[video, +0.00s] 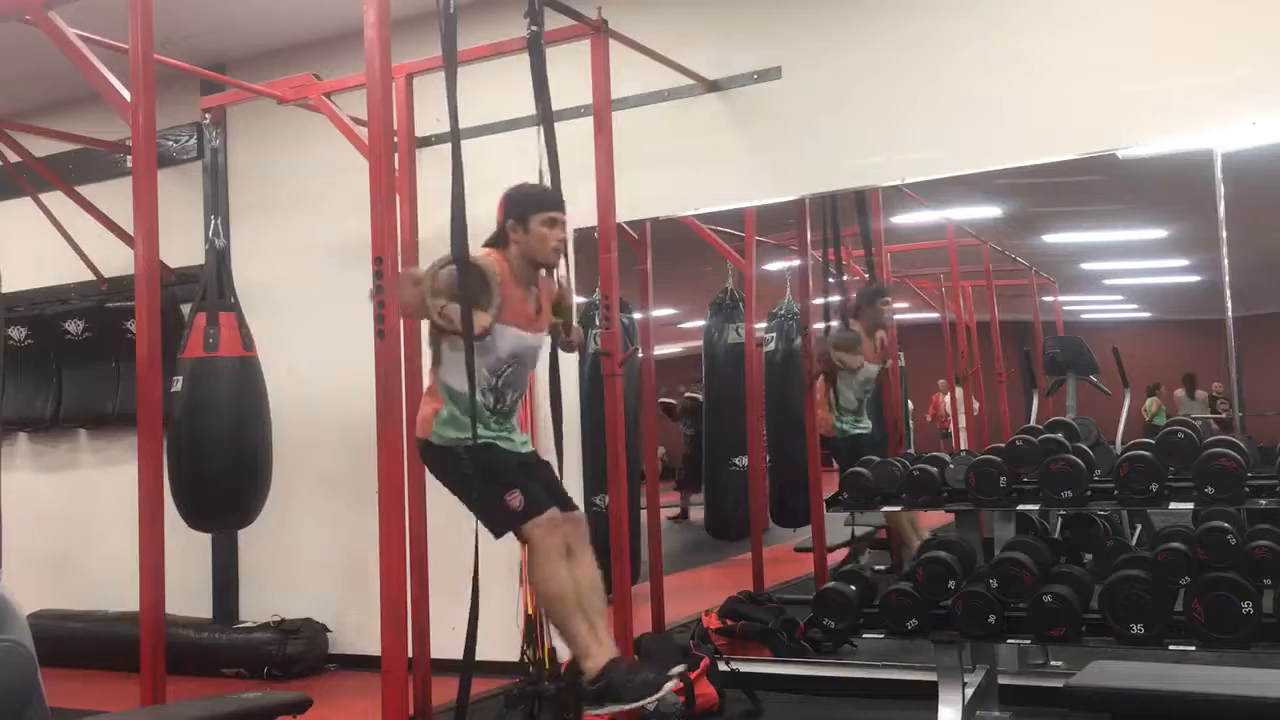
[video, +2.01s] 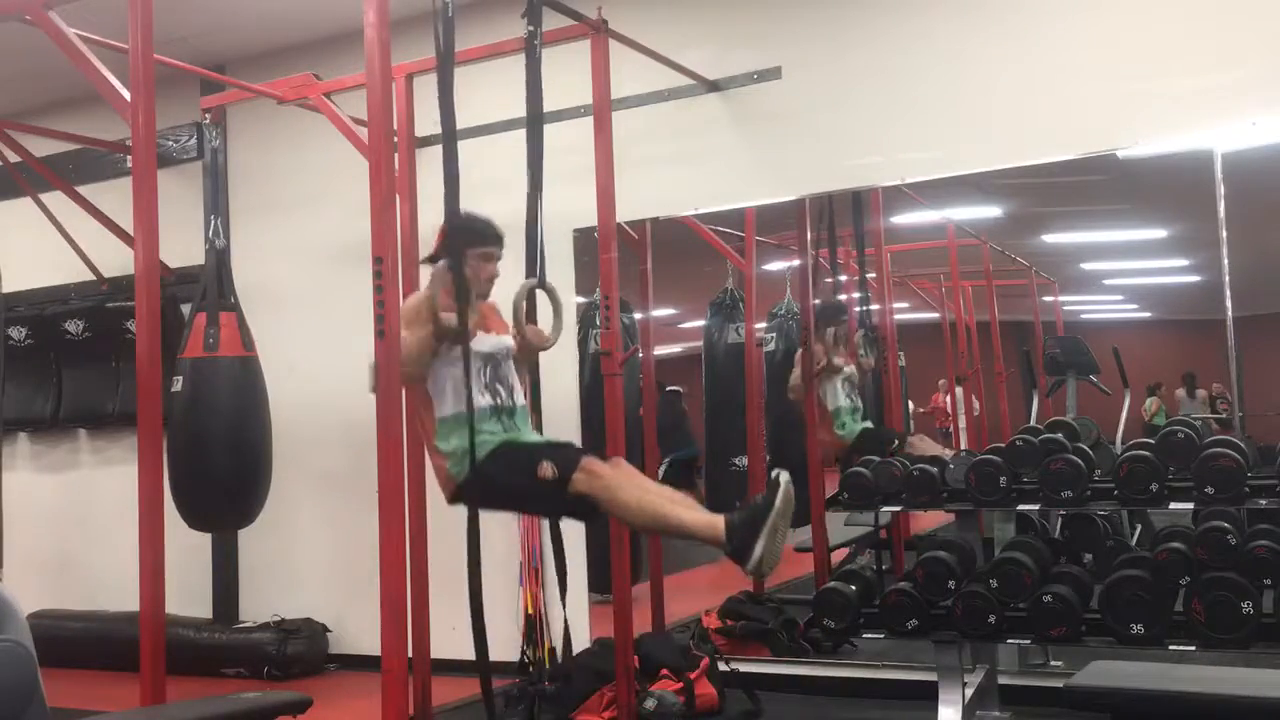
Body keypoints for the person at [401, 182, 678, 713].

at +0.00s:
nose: (561, 236)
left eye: (563, 227)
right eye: (550, 225)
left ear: (557, 234)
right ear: (514, 229)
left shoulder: (551, 285)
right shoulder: (483, 270)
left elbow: (570, 338)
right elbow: (412, 291)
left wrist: (571, 334)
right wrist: (453, 316)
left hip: (502, 431)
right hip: (451, 432)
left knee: (573, 525)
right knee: (544, 528)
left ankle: (606, 661)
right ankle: (590, 667)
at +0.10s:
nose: (538, 254)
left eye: (539, 244)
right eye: (526, 243)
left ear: (536, 252)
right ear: (491, 249)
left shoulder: (527, 302)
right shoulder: (452, 286)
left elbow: (542, 341)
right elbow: (381, 333)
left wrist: (562, 335)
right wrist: (431, 321)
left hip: (506, 454)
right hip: (453, 457)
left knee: (586, 532)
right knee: (560, 538)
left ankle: (642, 663)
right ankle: (630, 673)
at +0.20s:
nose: (510, 287)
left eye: (512, 277)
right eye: (500, 276)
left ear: (508, 284)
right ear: (468, 281)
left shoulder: (506, 341)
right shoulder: (436, 341)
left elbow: (513, 395)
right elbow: (367, 381)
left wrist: (538, 356)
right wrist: (416, 337)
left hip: (508, 488)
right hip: (457, 495)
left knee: (600, 547)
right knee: (573, 551)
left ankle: (675, 668)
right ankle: (666, 674)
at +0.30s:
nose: (485, 332)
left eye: (486, 322)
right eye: (474, 322)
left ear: (486, 328)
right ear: (444, 329)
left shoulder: (488, 382)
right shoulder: (425, 382)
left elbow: (529, 399)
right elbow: (367, 395)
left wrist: (535, 350)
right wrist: (402, 350)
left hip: (509, 524)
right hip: (458, 534)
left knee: (608, 567)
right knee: (581, 573)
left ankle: (706, 667)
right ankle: (700, 671)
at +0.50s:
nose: (468, 399)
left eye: (468, 389)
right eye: (458, 392)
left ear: (472, 394)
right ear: (431, 404)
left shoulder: (480, 443)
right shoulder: (421, 462)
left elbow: (546, 407)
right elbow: (436, 413)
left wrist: (530, 346)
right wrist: (448, 342)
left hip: (518, 593)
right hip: (470, 614)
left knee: (613, 611)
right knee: (589, 622)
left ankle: (731, 667)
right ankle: (726, 672)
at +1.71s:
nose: (469, 342)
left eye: (471, 335)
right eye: (458, 334)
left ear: (470, 341)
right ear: (428, 340)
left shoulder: (485, 382)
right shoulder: (419, 378)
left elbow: (559, 407)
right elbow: (452, 403)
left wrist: (549, 346)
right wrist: (464, 336)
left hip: (535, 515)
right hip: (497, 533)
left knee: (640, 536)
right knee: (616, 547)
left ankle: (759, 594)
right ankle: (751, 596)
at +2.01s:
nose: (494, 271)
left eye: (497, 261)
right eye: (483, 261)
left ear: (494, 262)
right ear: (452, 262)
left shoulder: (489, 311)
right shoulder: (422, 307)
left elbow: (518, 385)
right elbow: (401, 369)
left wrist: (530, 354)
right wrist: (440, 333)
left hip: (514, 445)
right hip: (472, 458)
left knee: (618, 470)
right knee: (592, 475)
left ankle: (740, 539)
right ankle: (728, 533)